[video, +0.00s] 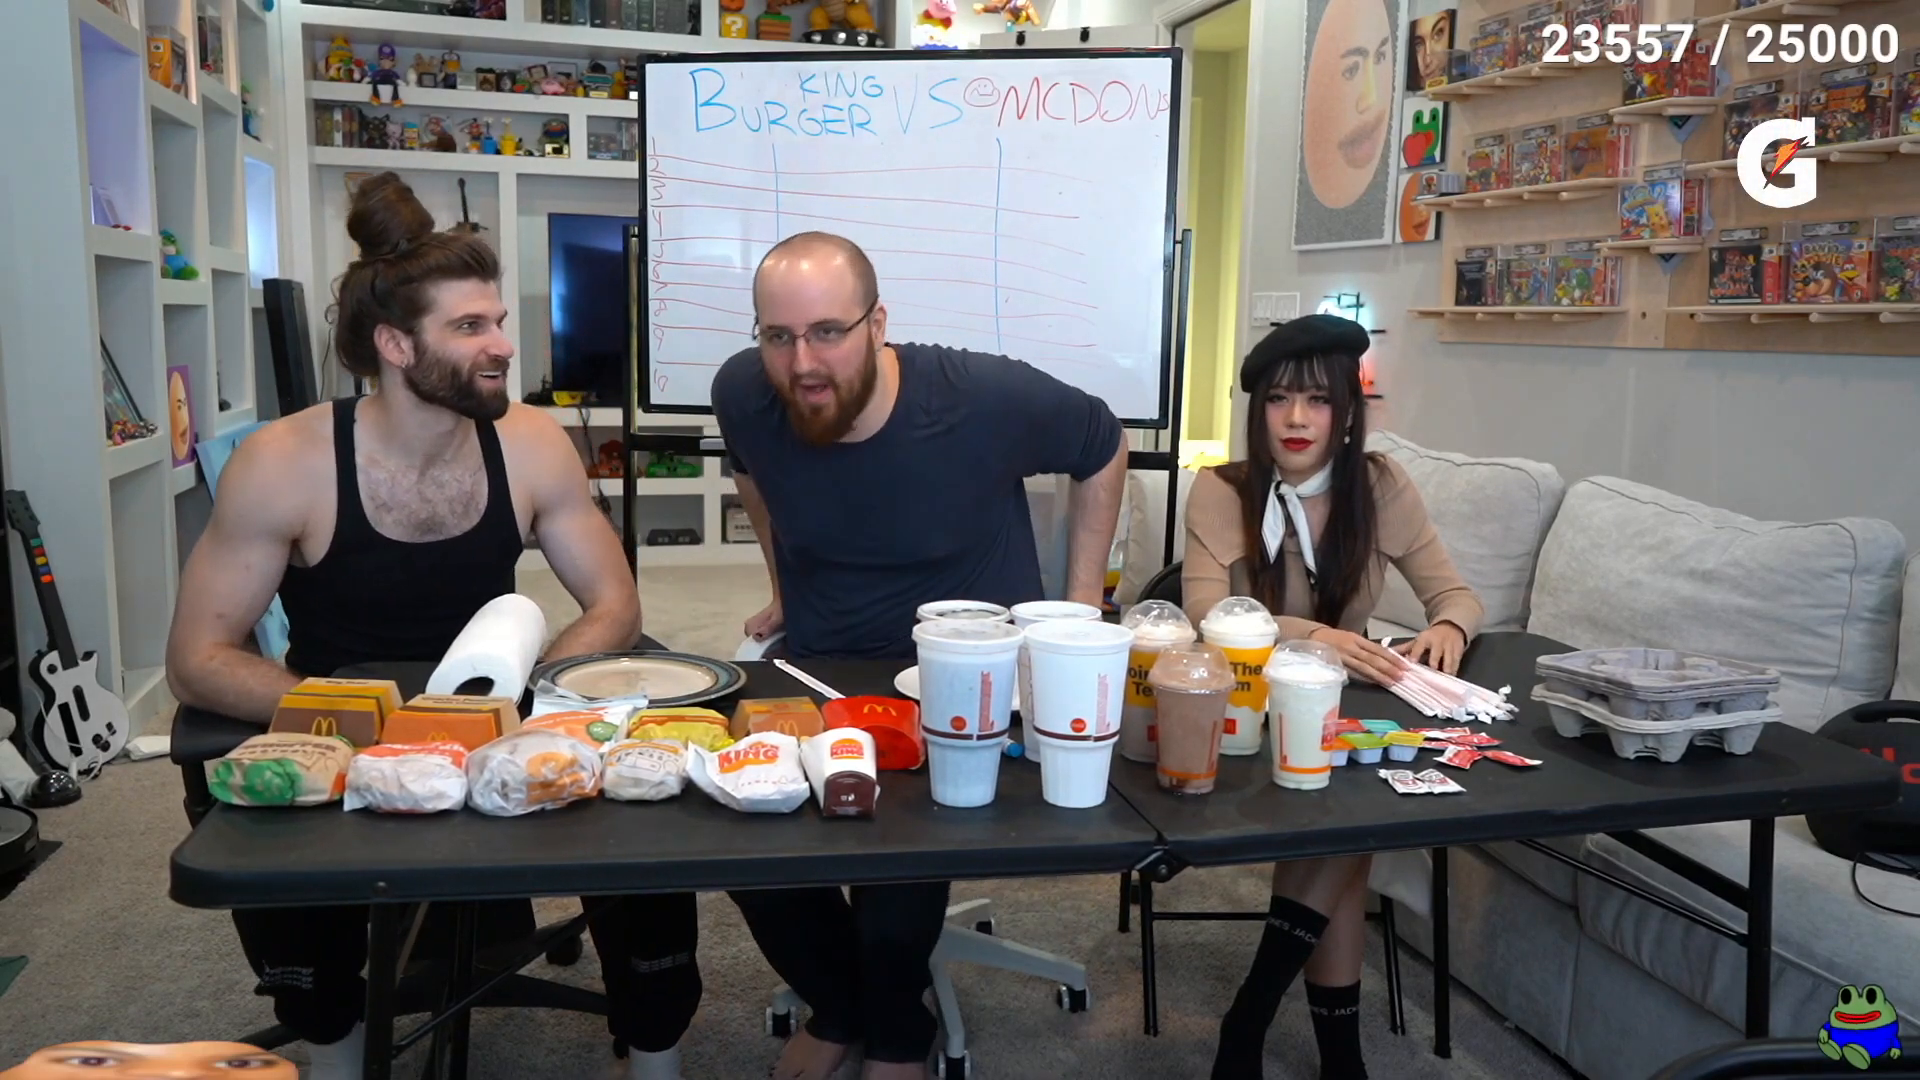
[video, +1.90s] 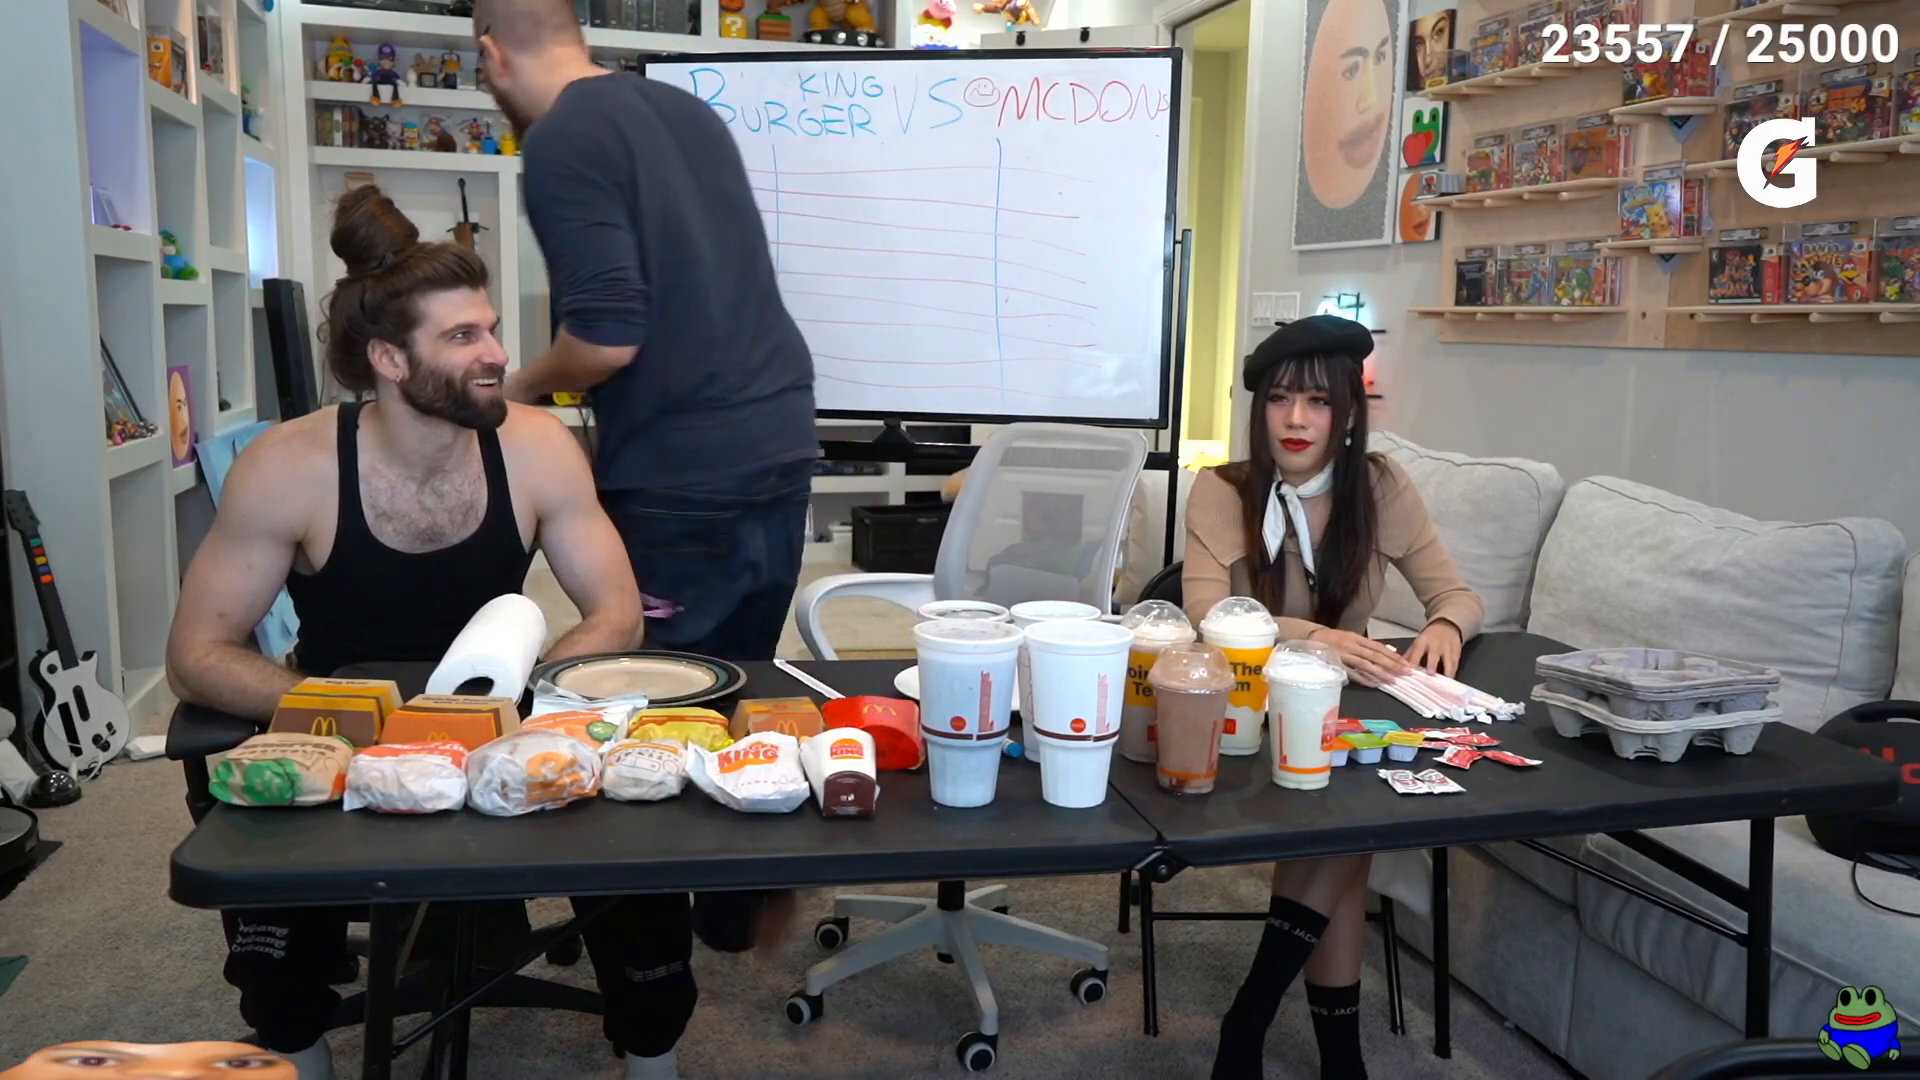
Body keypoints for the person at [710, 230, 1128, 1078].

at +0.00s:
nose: (803, 362)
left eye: (827, 334)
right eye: (780, 337)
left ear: (876, 324)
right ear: (759, 333)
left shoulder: (981, 396)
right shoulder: (744, 395)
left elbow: (1104, 444)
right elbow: (754, 482)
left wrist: (1082, 606)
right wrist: (784, 590)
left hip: (953, 683)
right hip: (814, 674)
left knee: (900, 846)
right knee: (748, 828)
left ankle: (894, 1040)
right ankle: (835, 1013)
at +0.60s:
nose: (703, 262)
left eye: (716, 238)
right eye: (690, 240)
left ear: (795, 189)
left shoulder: (970, 240)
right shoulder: (711, 250)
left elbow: (1090, 373)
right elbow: (740, 390)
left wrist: (1097, 544)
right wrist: (779, 516)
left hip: (934, 571)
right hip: (796, 560)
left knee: (873, 811)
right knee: (763, 798)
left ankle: (898, 1030)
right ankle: (837, 1016)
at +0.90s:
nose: (682, 104)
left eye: (680, 76)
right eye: (672, 82)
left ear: (746, 46)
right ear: (744, 50)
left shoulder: (950, 155)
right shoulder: (763, 150)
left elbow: (1052, 350)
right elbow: (780, 323)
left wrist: (1018, 538)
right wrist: (782, 461)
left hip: (903, 541)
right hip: (776, 514)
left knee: (854, 797)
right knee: (731, 760)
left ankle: (900, 1023)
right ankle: (814, 982)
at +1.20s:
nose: (634, 79)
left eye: (623, 49)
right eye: (621, 55)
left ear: (671, 20)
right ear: (686, 18)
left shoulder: (854, 121)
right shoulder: (765, 122)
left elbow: (972, 335)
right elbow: (827, 328)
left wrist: (894, 521)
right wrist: (784, 485)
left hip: (866, 522)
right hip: (783, 505)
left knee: (850, 771)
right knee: (716, 730)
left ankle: (893, 1025)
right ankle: (770, 980)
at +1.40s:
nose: (602, 86)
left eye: (589, 56)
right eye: (588, 64)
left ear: (621, 23)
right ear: (650, 18)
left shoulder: (783, 93)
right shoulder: (741, 111)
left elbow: (885, 311)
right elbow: (793, 318)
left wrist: (758, 463)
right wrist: (753, 464)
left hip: (860, 481)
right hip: (794, 478)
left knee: (809, 734)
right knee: (692, 691)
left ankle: (897, 1022)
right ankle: (724, 941)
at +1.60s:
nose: (568, 84)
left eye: (560, 57)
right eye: (558, 65)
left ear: (586, 24)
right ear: (638, 15)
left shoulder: (714, 100)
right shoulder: (717, 94)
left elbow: (757, 317)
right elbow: (758, 311)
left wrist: (652, 381)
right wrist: (664, 382)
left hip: (792, 472)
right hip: (766, 468)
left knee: (778, 741)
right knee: (703, 703)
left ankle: (894, 1016)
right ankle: (719, 903)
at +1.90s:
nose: (489, 88)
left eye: (481, 68)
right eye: (482, 71)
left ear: (493, 55)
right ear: (576, 35)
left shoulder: (566, 137)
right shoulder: (689, 111)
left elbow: (606, 338)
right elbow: (716, 291)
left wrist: (524, 384)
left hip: (683, 477)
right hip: (774, 457)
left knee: (657, 707)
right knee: (740, 703)